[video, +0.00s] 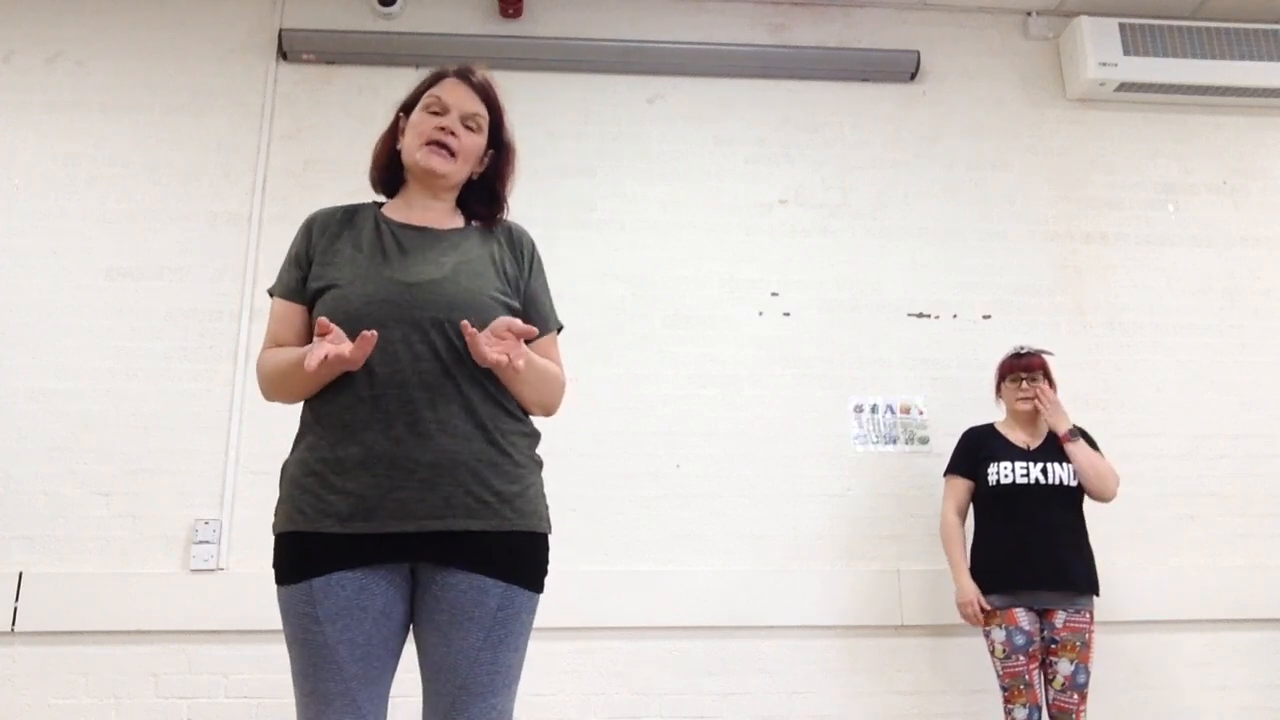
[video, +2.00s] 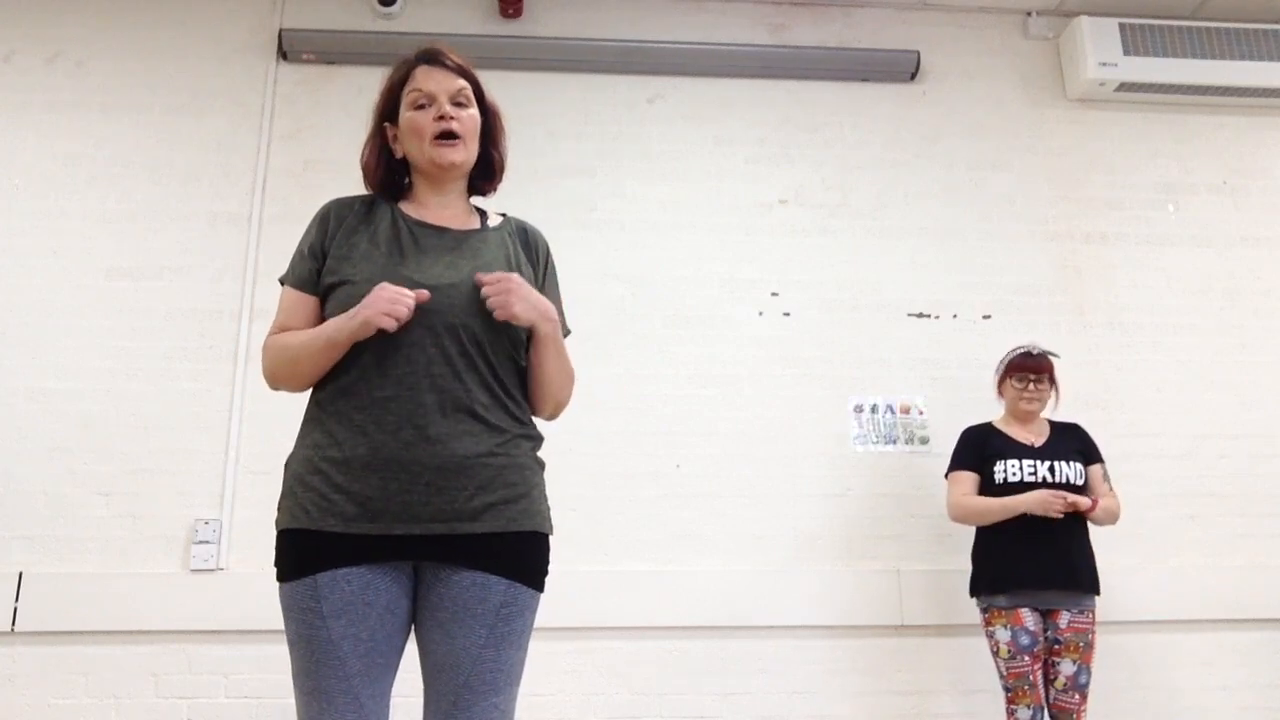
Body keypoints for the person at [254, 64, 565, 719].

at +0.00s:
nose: (449, 125)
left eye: (471, 123)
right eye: (435, 110)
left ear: (485, 159)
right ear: (401, 128)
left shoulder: (511, 248)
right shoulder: (326, 232)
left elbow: (548, 396)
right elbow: (272, 374)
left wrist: (511, 361)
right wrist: (314, 367)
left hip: (487, 523)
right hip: (336, 519)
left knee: (473, 714)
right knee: (337, 713)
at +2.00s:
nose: (446, 113)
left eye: (461, 103)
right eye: (424, 103)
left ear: (483, 132)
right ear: (393, 136)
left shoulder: (523, 244)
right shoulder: (340, 223)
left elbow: (550, 403)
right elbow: (279, 366)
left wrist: (546, 322)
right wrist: (353, 321)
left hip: (492, 519)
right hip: (339, 515)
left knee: (475, 714)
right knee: (339, 713)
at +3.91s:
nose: (447, 128)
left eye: (465, 117)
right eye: (428, 112)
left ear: (486, 139)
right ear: (395, 131)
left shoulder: (516, 248)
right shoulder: (333, 228)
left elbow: (550, 398)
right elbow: (273, 367)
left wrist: (500, 359)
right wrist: (357, 360)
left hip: (488, 521)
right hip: (335, 515)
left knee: (473, 714)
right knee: (337, 713)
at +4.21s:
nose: (443, 127)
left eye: (461, 115)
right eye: (424, 112)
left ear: (483, 138)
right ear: (392, 132)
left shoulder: (514, 249)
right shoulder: (331, 227)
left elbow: (547, 399)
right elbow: (270, 365)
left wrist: (499, 356)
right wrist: (353, 358)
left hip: (486, 518)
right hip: (332, 513)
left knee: (471, 713)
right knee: (335, 713)